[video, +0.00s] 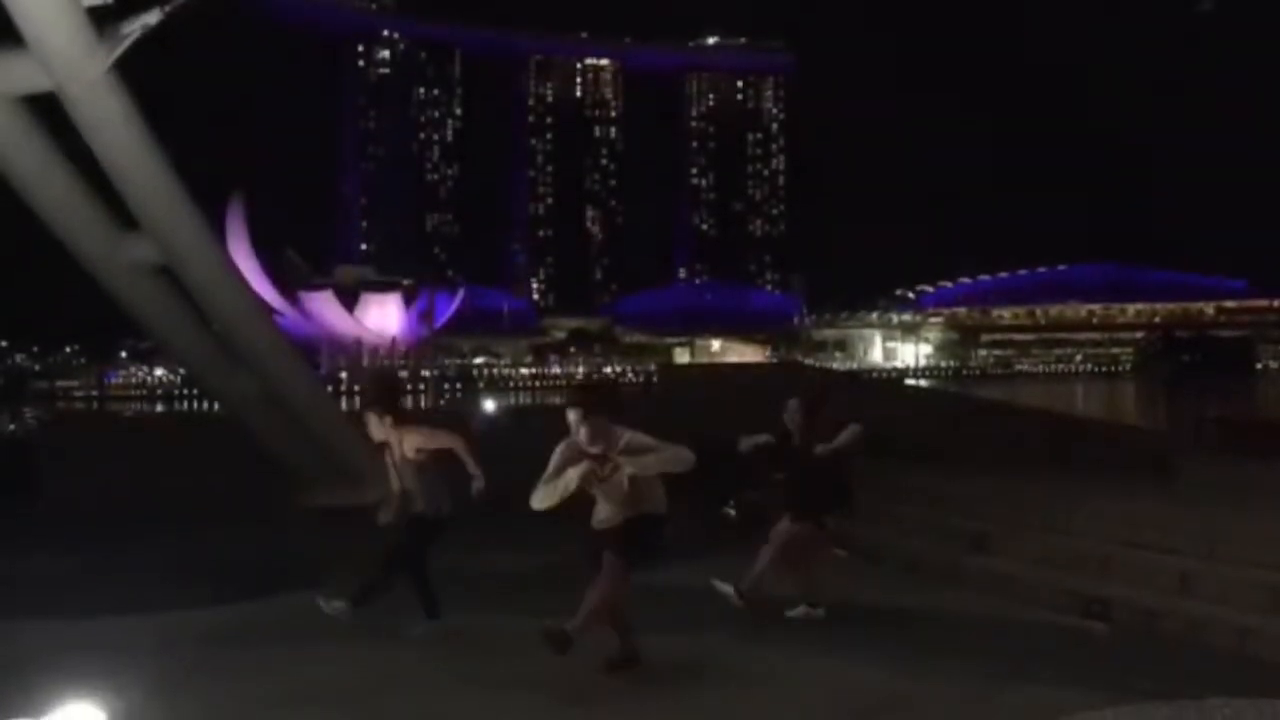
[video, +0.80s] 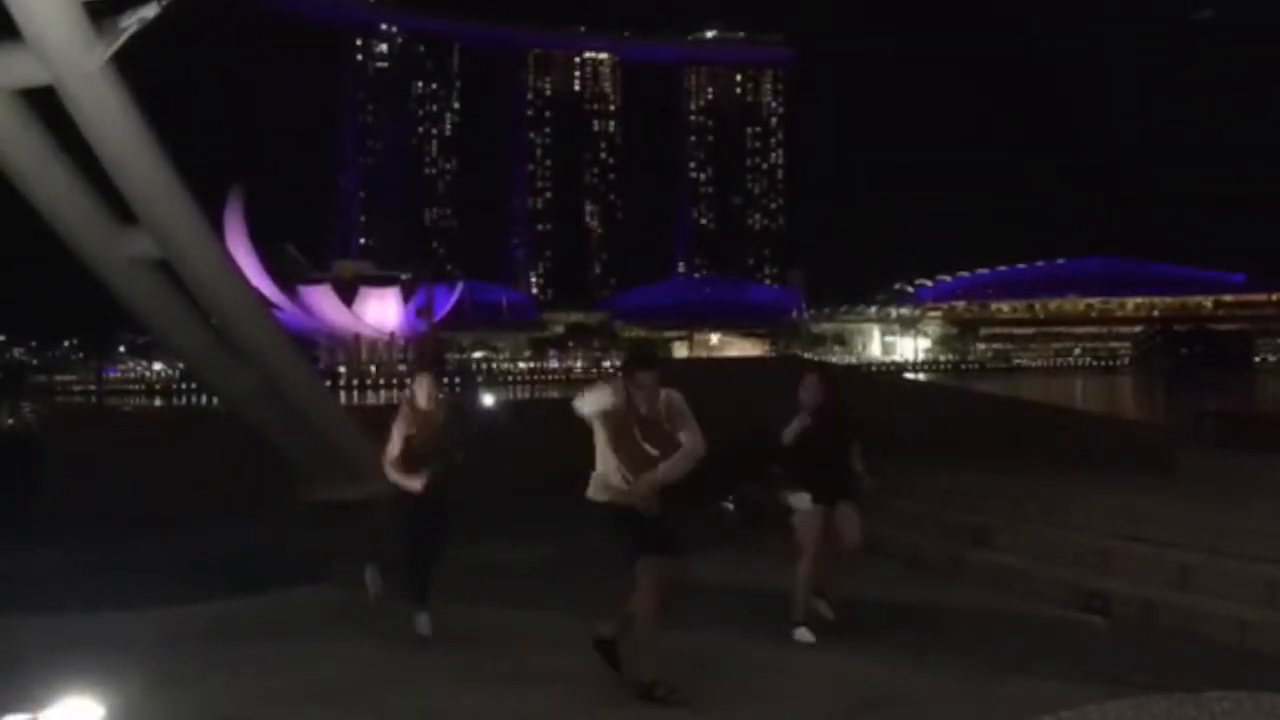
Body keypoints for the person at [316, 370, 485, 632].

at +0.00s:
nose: (369, 430)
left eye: (371, 423)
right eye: (368, 423)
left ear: (387, 422)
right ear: (383, 423)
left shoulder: (412, 439)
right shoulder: (391, 447)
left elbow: (455, 441)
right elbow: (397, 485)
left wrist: (476, 475)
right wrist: (390, 509)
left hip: (433, 509)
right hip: (414, 509)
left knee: (394, 556)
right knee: (414, 561)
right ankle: (432, 615)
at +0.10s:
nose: (368, 430)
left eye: (371, 424)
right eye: (367, 425)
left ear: (388, 422)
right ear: (385, 424)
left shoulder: (410, 437)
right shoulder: (391, 448)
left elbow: (454, 435)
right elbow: (392, 482)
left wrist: (486, 459)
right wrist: (383, 492)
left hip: (431, 507)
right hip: (411, 508)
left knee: (392, 549)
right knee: (414, 559)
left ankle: (371, 603)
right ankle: (433, 613)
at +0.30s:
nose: (386, 396)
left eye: (390, 389)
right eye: (381, 390)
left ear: (401, 392)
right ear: (376, 396)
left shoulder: (418, 413)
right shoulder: (380, 421)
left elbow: (460, 412)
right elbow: (375, 448)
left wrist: (468, 454)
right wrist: (380, 464)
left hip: (431, 488)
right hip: (407, 490)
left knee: (405, 544)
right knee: (415, 548)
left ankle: (408, 603)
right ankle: (434, 605)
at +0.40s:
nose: (392, 392)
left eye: (397, 386)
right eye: (388, 387)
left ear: (408, 388)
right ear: (383, 391)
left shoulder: (427, 413)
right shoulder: (381, 420)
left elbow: (456, 440)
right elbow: (378, 454)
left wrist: (452, 479)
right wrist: (384, 484)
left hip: (428, 495)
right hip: (399, 495)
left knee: (417, 551)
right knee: (397, 553)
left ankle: (419, 604)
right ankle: (397, 611)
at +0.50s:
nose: (405, 399)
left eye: (409, 392)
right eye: (400, 393)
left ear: (419, 394)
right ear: (393, 398)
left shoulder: (435, 426)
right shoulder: (387, 432)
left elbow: (445, 458)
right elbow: (371, 465)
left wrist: (451, 488)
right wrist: (374, 494)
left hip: (427, 506)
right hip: (396, 506)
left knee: (415, 562)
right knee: (395, 559)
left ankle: (397, 616)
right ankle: (397, 605)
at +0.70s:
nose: (422, 392)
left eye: (425, 385)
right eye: (416, 386)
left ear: (433, 389)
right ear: (407, 390)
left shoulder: (443, 418)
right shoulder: (399, 422)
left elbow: (470, 437)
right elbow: (367, 440)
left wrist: (458, 415)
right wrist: (383, 469)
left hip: (429, 488)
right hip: (402, 487)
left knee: (422, 543)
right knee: (400, 540)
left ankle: (404, 588)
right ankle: (393, 584)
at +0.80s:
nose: (427, 392)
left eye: (431, 385)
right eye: (421, 386)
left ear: (438, 388)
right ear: (412, 389)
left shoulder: (445, 415)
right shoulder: (406, 419)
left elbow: (452, 451)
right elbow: (389, 465)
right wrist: (412, 482)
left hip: (437, 491)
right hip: (411, 494)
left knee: (428, 548)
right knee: (417, 549)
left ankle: (382, 572)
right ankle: (421, 609)